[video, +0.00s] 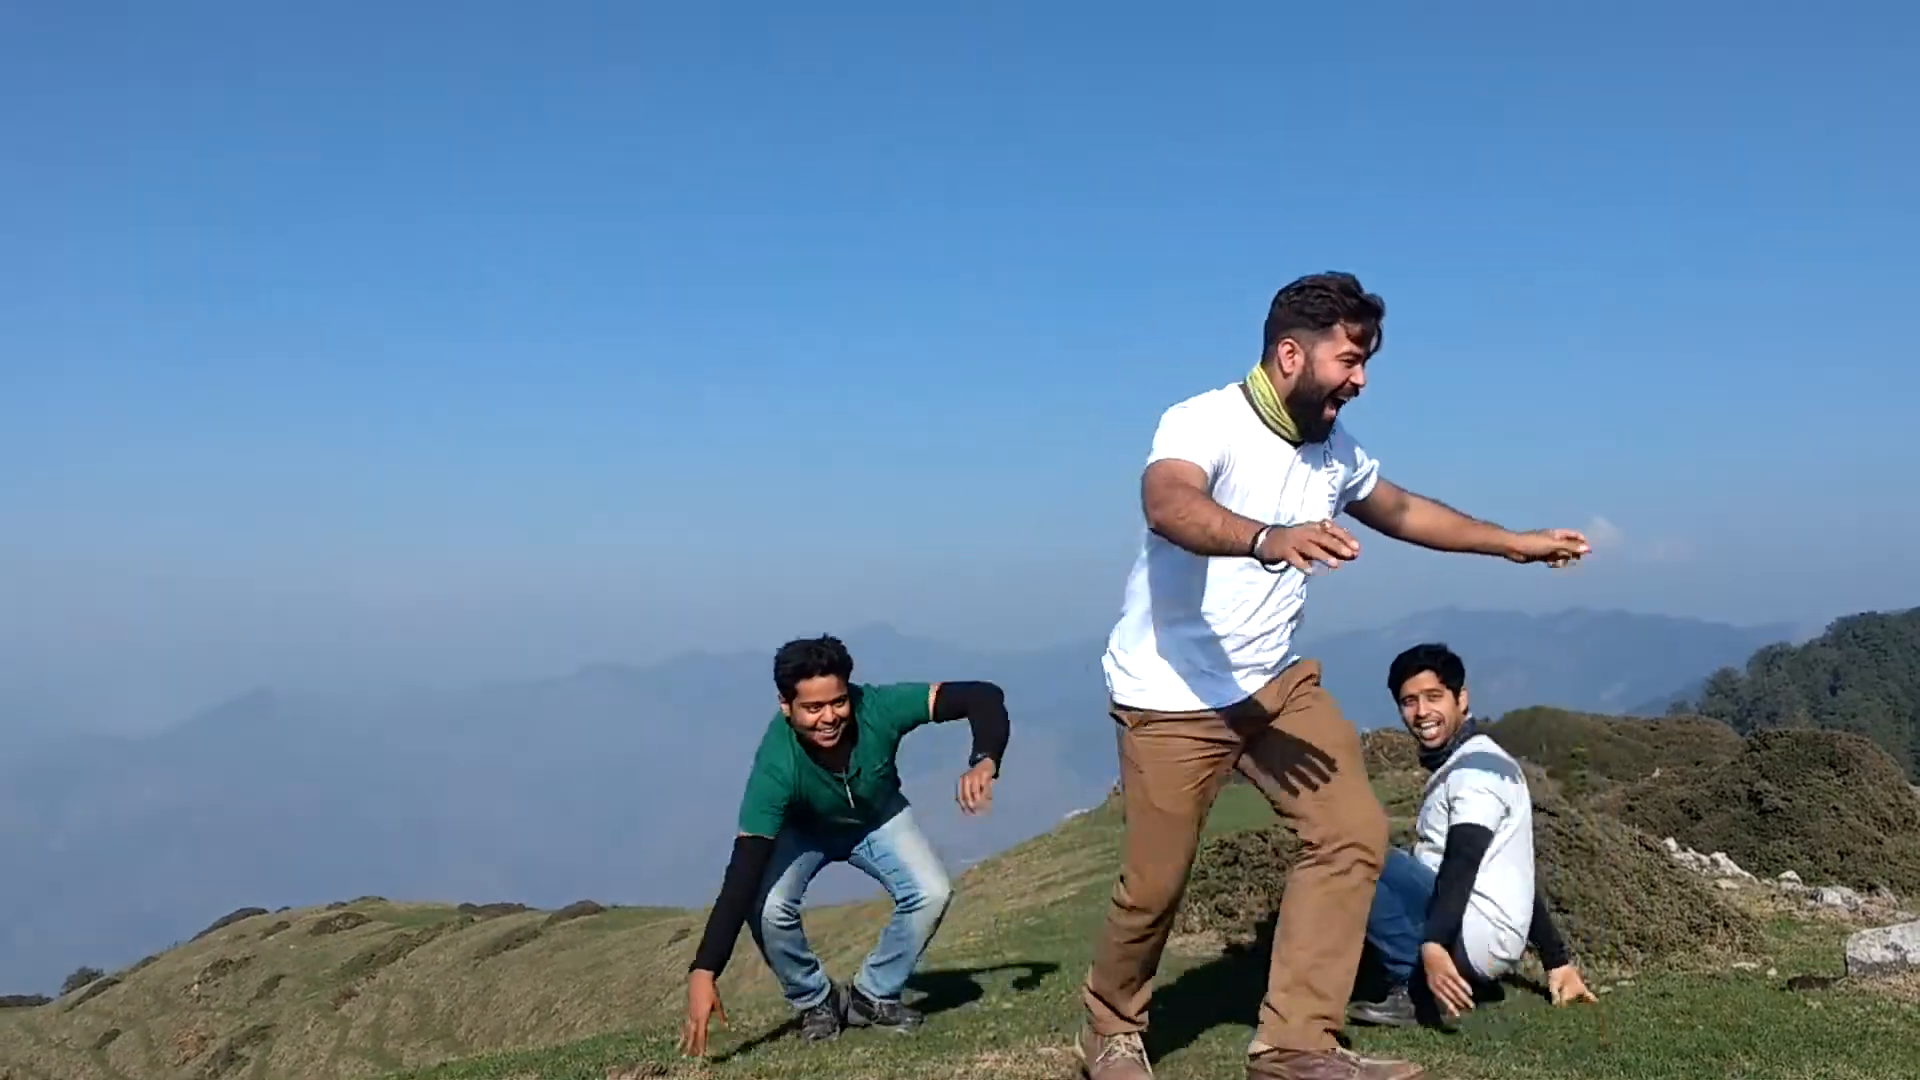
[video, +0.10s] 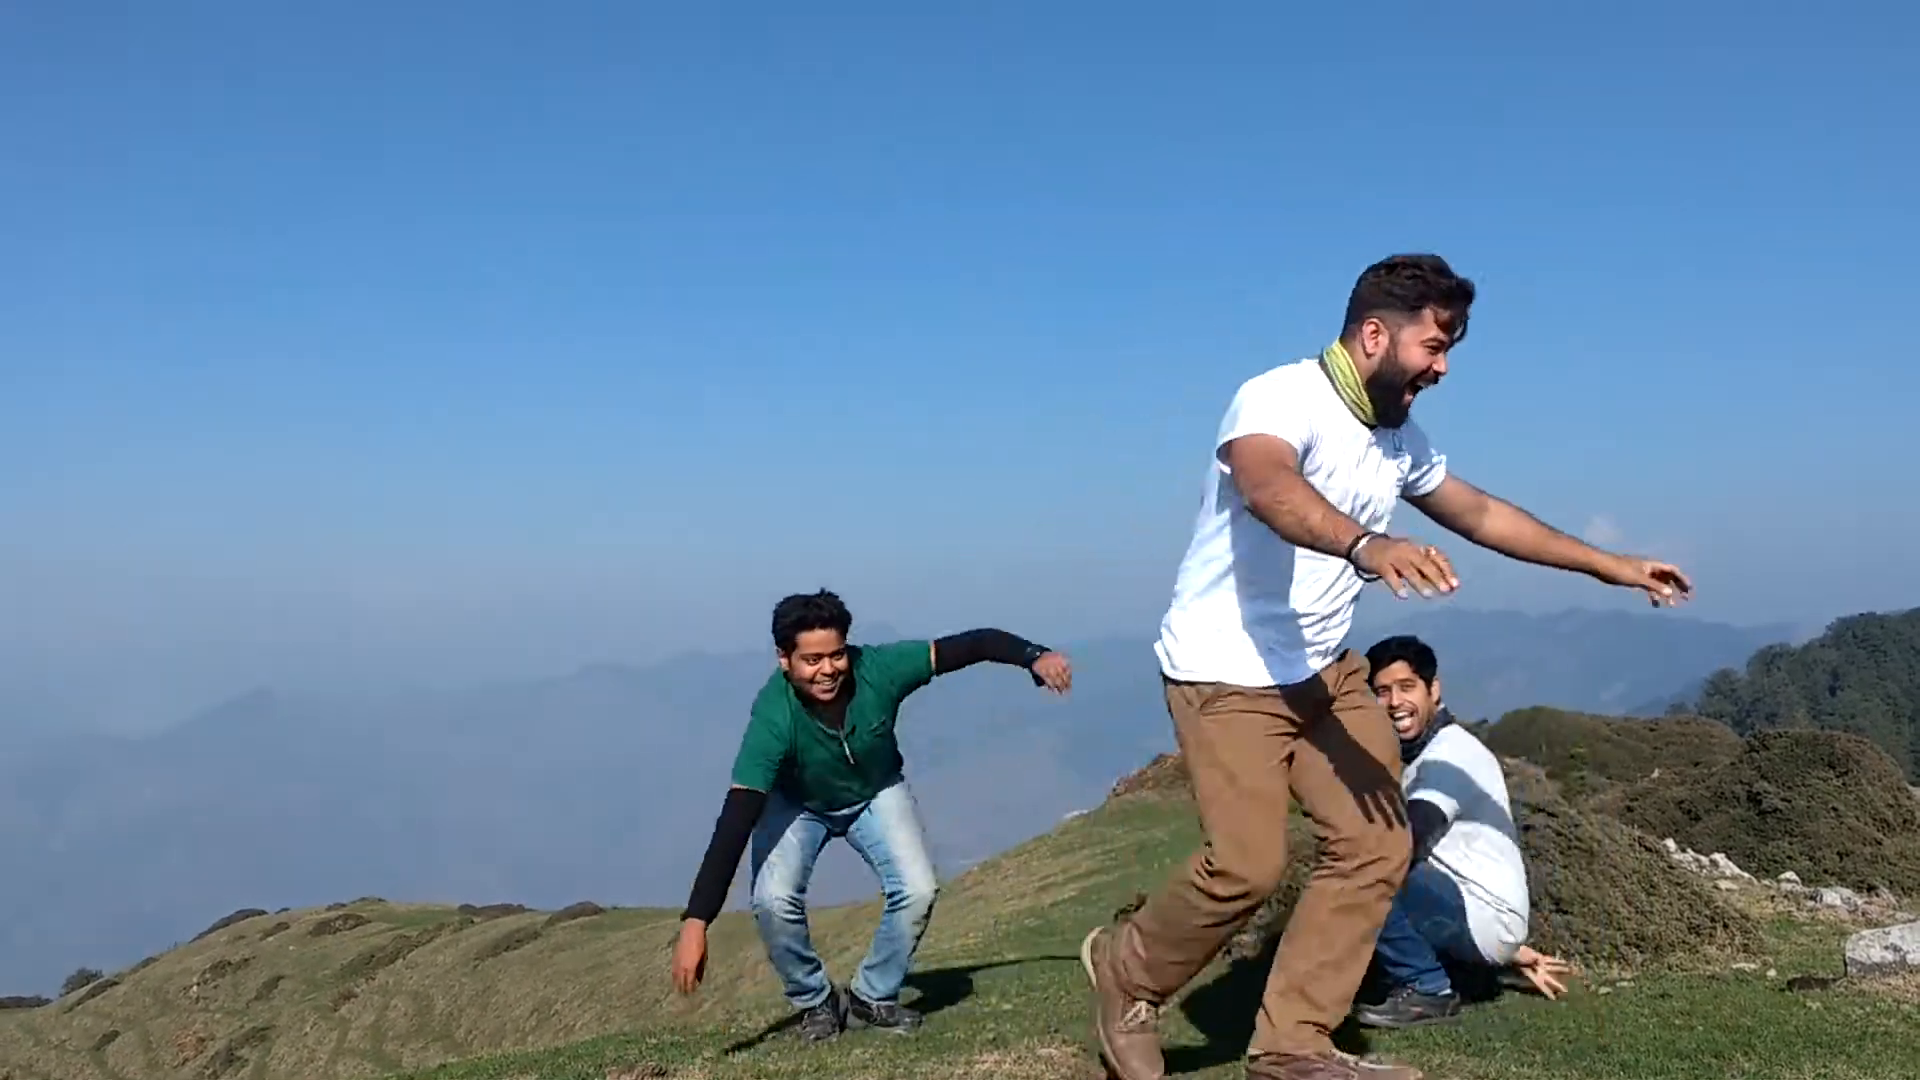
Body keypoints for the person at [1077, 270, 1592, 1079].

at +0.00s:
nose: (1359, 380)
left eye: (1365, 362)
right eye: (1348, 359)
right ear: (1288, 351)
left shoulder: (1333, 451)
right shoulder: (1202, 421)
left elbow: (1400, 512)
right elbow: (1169, 507)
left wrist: (1514, 543)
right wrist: (1264, 537)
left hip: (1276, 683)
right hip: (1172, 695)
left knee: (1349, 834)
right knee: (1153, 889)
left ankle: (1295, 1044)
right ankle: (1115, 1024)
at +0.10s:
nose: (1443, 367)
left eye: (1448, 350)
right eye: (1434, 345)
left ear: (1383, 340)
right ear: (1371, 332)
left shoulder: (1396, 440)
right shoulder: (1277, 397)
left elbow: (1483, 515)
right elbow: (1265, 486)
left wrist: (1608, 564)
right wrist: (1362, 545)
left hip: (1325, 673)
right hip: (1224, 675)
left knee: (1375, 845)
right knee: (1246, 868)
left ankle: (1293, 1043)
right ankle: (1126, 969)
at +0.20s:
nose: (1523, 370)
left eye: (1530, 352)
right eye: (1517, 347)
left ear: (1467, 342)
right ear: (1454, 333)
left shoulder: (1458, 441)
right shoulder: (1359, 392)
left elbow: (1566, 522)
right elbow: (1370, 490)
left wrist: (1697, 586)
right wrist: (1481, 560)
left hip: (1360, 660)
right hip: (1288, 648)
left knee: (1417, 839)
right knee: (1414, 806)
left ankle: (1309, 1025)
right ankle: (1249, 951)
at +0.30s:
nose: (1609, 370)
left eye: (1616, 353)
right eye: (1603, 348)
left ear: (1549, 342)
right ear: (1542, 336)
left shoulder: (1535, 435)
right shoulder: (1447, 395)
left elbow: (1647, 517)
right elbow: (1486, 511)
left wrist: (1780, 587)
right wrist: (1612, 593)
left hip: (1401, 643)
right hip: (1367, 638)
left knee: (1434, 872)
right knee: (1548, 766)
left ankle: (1297, 1048)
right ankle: (1540, 1033)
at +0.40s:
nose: (1708, 360)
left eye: (1716, 342)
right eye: (1703, 338)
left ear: (1644, 326)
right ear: (1641, 323)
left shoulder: (1623, 407)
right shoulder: (1548, 395)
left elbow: (1727, 494)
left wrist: (1851, 575)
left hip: (1508, 640)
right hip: (1465, 640)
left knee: (1498, 868)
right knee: (1650, 799)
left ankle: (1323, 1024)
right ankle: (1733, 1060)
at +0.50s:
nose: (1825, 382)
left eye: (1834, 363)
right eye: (1823, 358)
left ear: (1761, 340)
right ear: (1762, 338)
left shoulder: (1692, 396)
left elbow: (1808, 513)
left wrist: (1908, 598)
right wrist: (1915, 653)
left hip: (1566, 641)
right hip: (1567, 644)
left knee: (1695, 833)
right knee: (1773, 806)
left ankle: (1488, 948)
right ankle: (1761, 1061)